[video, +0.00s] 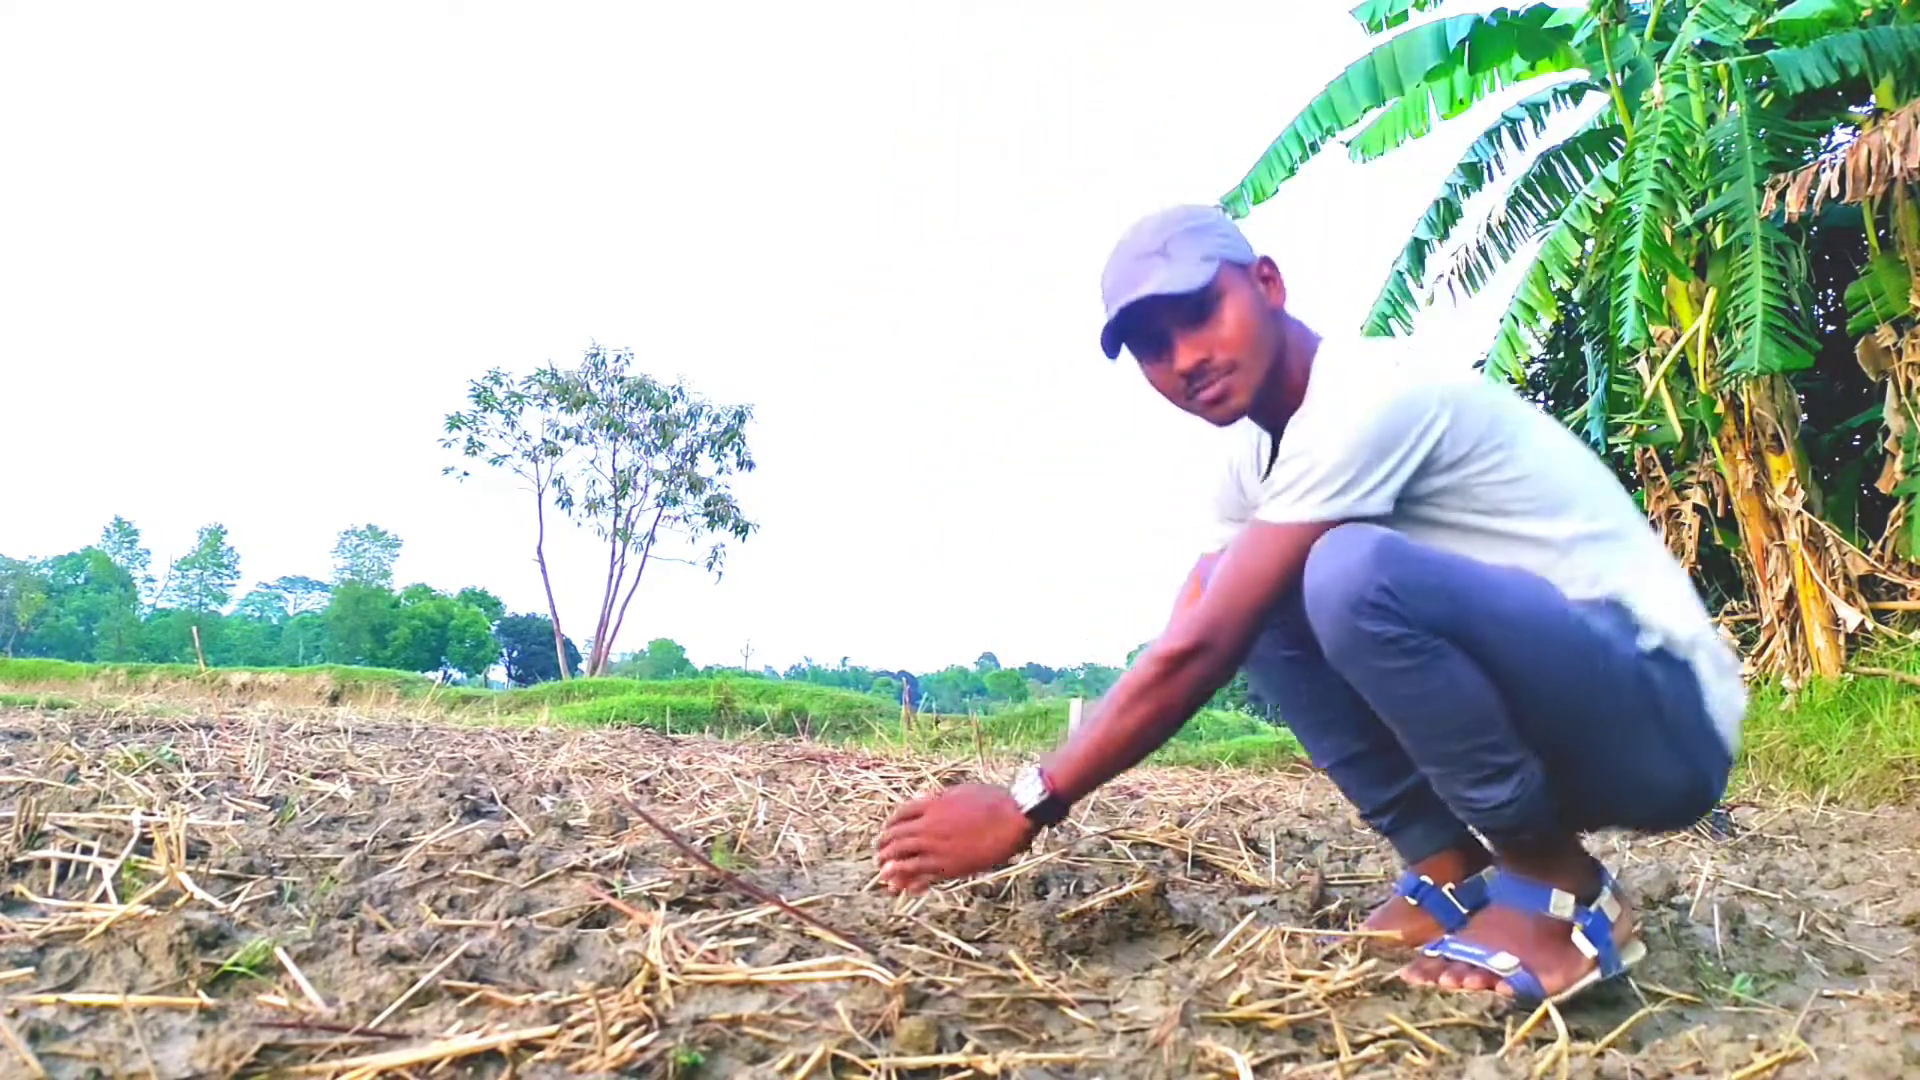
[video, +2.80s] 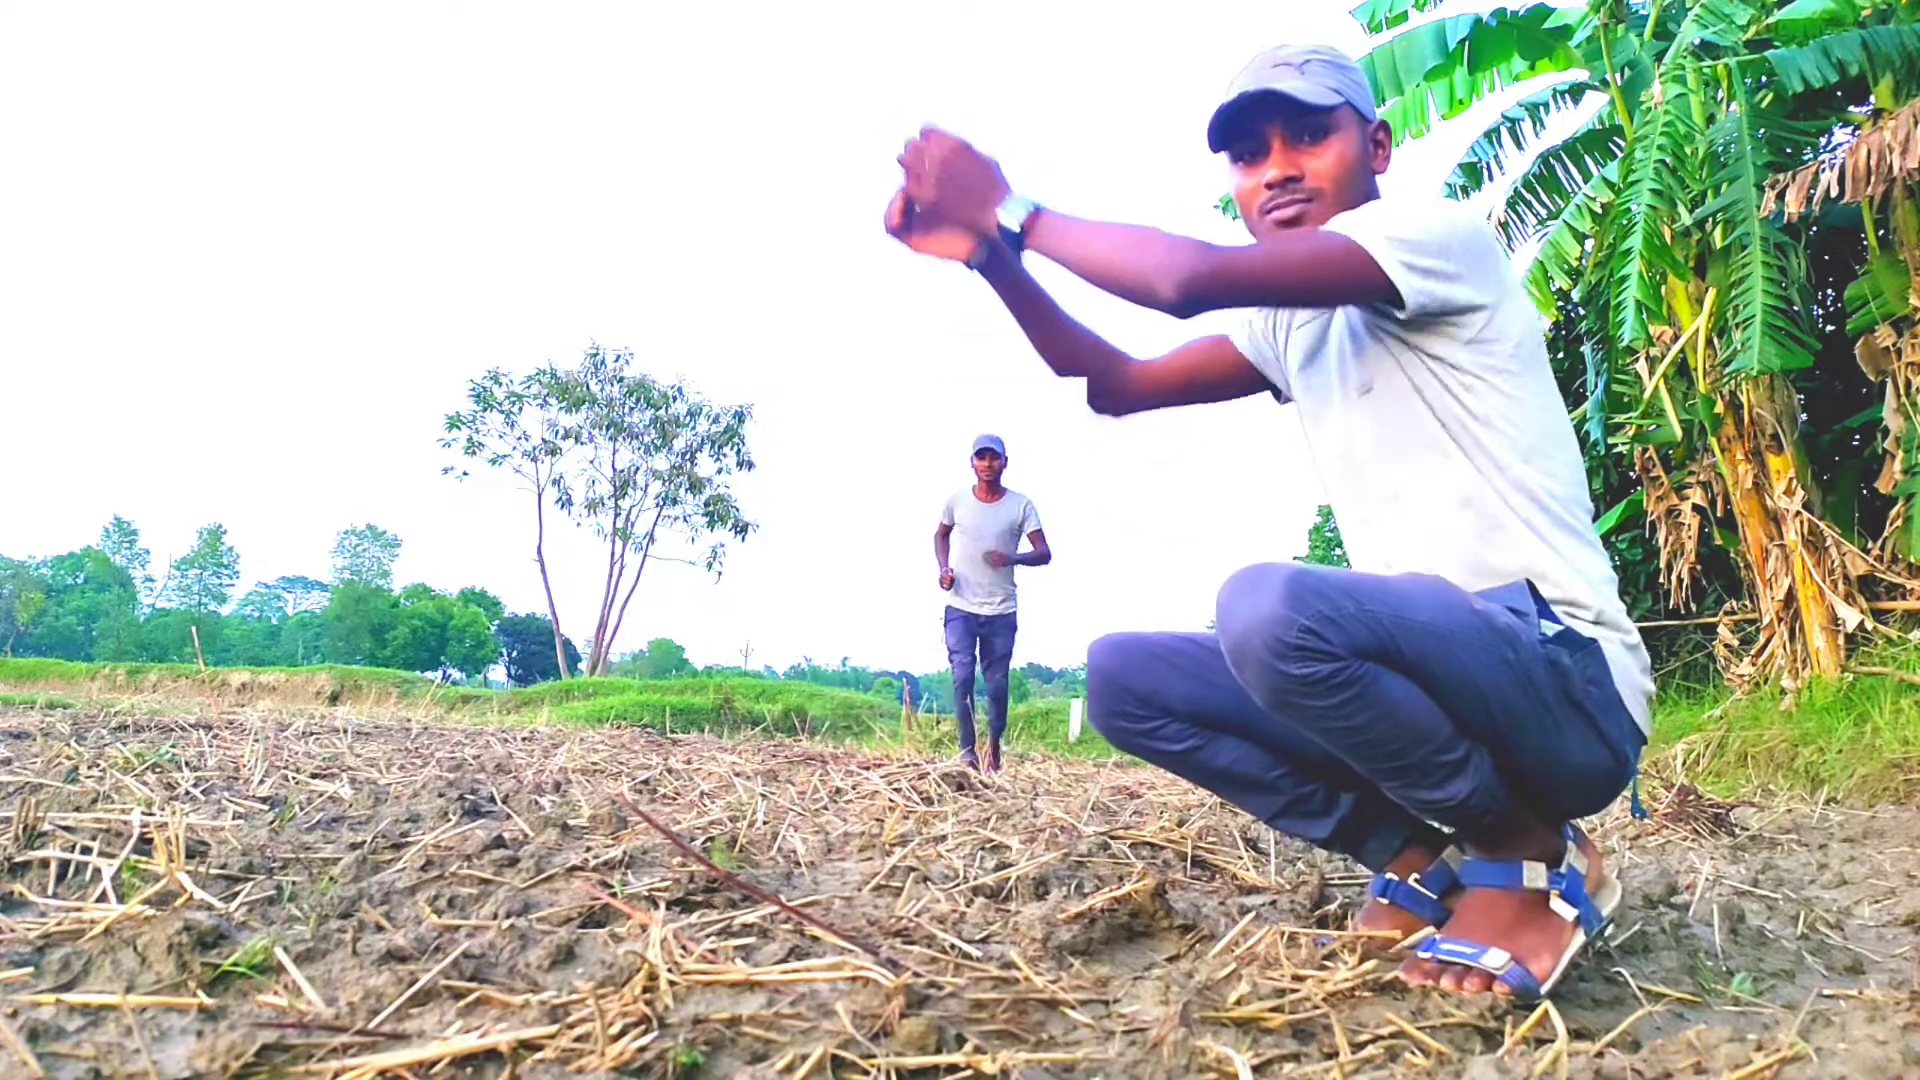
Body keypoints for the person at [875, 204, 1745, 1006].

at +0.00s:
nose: (1180, 361)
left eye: (1193, 313)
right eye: (1147, 346)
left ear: (1269, 283)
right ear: (1138, 369)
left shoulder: (1371, 398)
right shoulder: (1254, 466)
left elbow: (1196, 655)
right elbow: (1189, 649)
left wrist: (1028, 806)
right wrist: (1037, 798)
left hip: (1661, 712)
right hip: (1553, 731)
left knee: (1354, 576)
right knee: (1247, 603)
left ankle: (1560, 893)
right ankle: (1456, 873)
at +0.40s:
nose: (1177, 293)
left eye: (1205, 250)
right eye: (1148, 275)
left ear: (1277, 247)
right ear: (1138, 306)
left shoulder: (1361, 370)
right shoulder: (1247, 449)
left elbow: (1177, 613)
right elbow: (1182, 632)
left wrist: (984, 697)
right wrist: (984, 696)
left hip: (1629, 706)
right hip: (1522, 724)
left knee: (1306, 588)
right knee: (1216, 617)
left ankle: (1543, 883)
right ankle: (1443, 869)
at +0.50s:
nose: (1189, 268)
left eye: (1218, 227)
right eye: (1160, 251)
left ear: (1292, 232)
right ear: (1150, 286)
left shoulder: (1377, 347)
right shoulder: (1273, 430)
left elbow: (1167, 569)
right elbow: (1159, 607)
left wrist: (960, 606)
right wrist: (976, 614)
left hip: (1620, 695)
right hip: (1509, 717)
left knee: (1306, 592)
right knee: (1197, 608)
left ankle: (1546, 878)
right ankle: (1443, 872)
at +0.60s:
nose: (1210, 242)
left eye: (1238, 204)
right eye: (1183, 224)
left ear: (1311, 208)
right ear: (1169, 255)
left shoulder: (1383, 320)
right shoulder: (1280, 390)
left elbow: (1149, 472)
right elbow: (1124, 530)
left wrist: (946, 447)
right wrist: (951, 460)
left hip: (1609, 694)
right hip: (1498, 713)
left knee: (1298, 591)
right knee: (1180, 610)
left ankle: (1543, 872)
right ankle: (1439, 867)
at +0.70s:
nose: (1225, 231)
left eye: (1255, 195)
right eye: (1196, 212)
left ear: (1326, 199)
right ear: (1182, 243)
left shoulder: (1392, 306)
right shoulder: (1278, 383)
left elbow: (1140, 395)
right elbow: (1100, 482)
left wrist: (952, 346)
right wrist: (958, 371)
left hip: (1598, 698)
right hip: (1485, 714)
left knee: (1290, 596)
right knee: (1169, 625)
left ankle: (1536, 865)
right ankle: (1435, 870)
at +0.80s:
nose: (1234, 216)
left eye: (1267, 181)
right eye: (1209, 197)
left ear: (1342, 188)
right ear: (1195, 222)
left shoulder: (1404, 286)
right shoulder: (1272, 362)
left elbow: (1141, 322)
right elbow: (1087, 424)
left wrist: (972, 255)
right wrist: (970, 288)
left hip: (1588, 686)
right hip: (1468, 700)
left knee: (1282, 593)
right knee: (1160, 631)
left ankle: (1529, 856)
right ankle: (1431, 868)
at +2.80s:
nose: (1275, 168)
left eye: (1309, 132)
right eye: (1247, 149)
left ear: (1379, 149)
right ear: (1231, 182)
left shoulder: (1443, 238)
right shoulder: (1296, 328)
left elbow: (1188, 278)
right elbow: (1117, 383)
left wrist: (1010, 213)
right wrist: (990, 256)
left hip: (1566, 669)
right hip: (1434, 682)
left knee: (1271, 612)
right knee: (1125, 682)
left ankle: (1522, 859)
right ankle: (1424, 854)